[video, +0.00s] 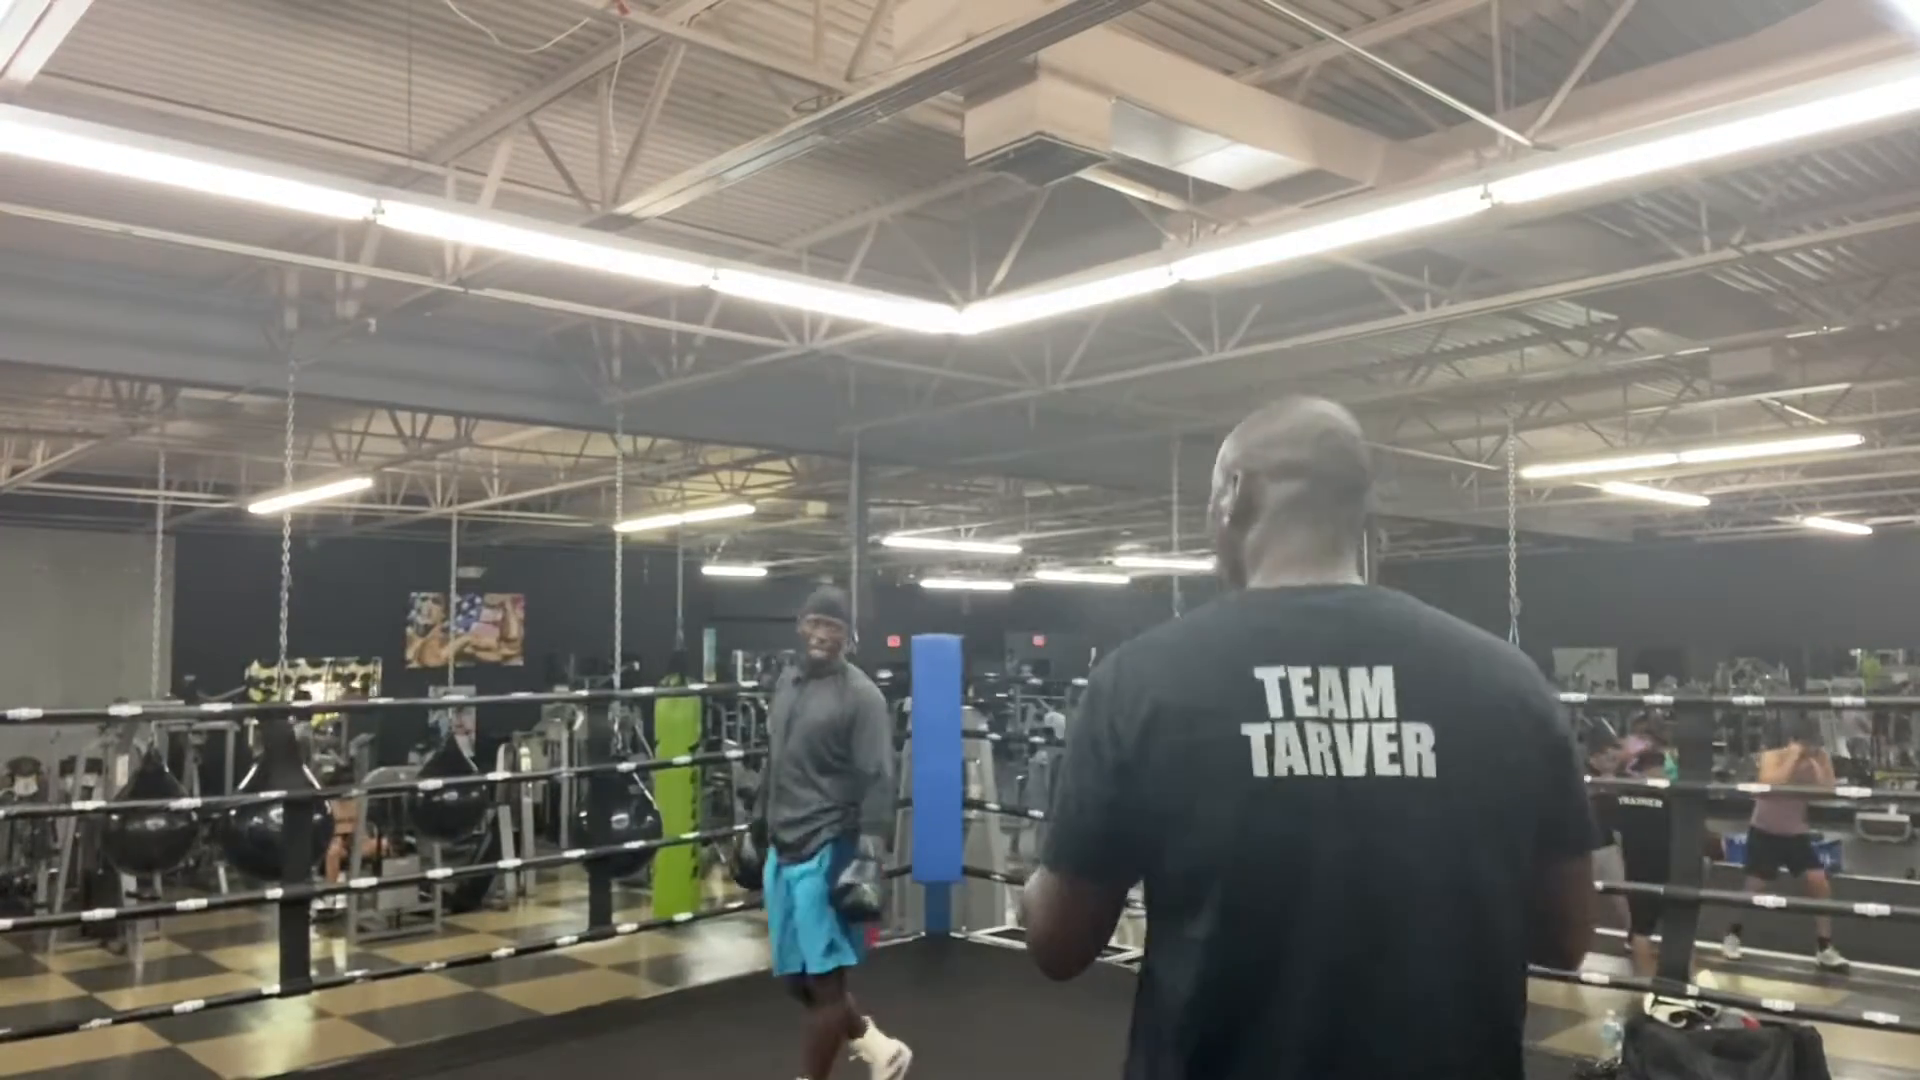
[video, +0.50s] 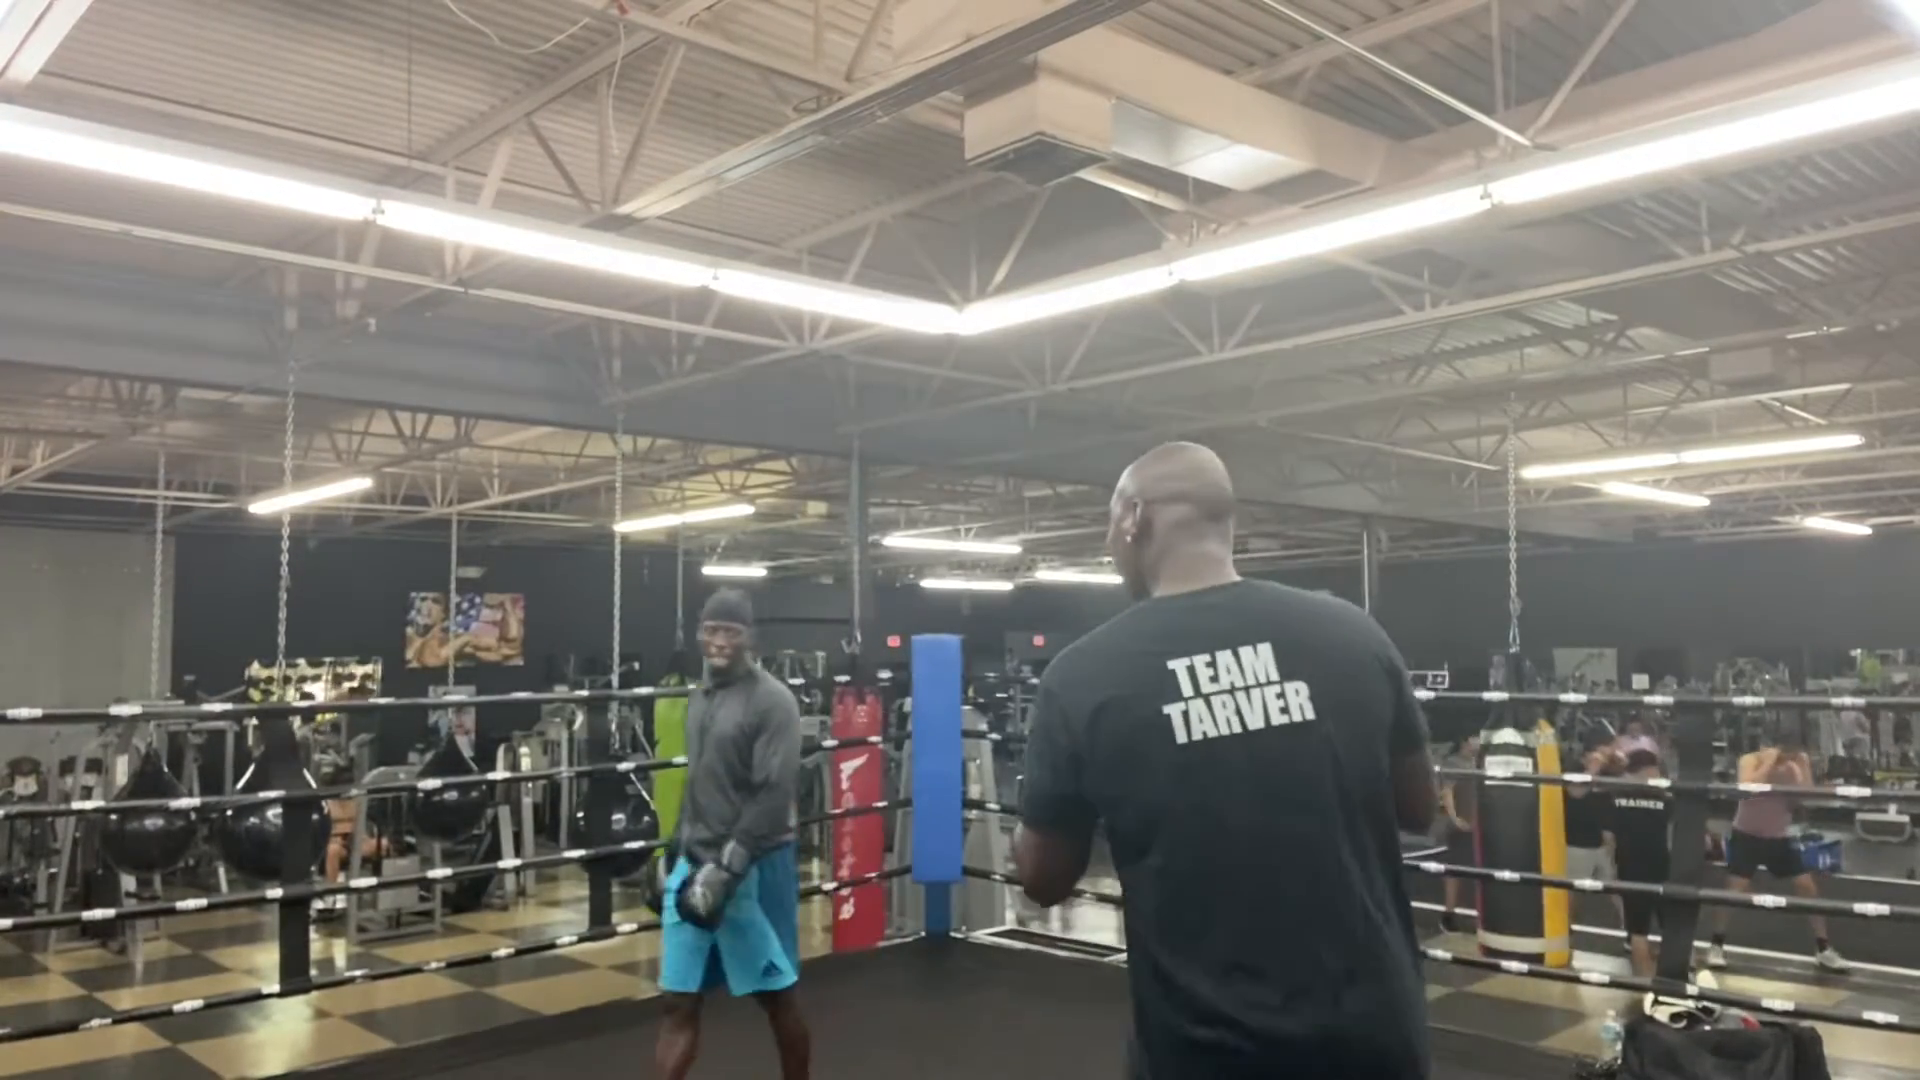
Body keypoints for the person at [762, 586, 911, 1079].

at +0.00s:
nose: (822, 634)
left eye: (833, 627)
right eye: (814, 624)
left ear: (847, 636)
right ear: (799, 628)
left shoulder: (862, 695)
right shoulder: (788, 685)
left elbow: (879, 780)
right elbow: (775, 764)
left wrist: (870, 859)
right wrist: (758, 833)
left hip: (831, 848)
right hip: (783, 847)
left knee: (825, 980)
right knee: (797, 977)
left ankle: (813, 1074)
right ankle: (881, 1050)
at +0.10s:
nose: (800, 637)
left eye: (811, 629)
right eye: (792, 627)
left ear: (828, 637)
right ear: (779, 631)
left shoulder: (843, 698)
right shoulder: (770, 687)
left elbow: (847, 790)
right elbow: (758, 768)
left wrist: (813, 866)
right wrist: (734, 832)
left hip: (813, 855)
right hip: (759, 854)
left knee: (819, 985)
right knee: (749, 979)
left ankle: (814, 1073)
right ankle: (833, 1044)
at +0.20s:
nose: (783, 634)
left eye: (794, 627)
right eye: (775, 624)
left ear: (810, 633)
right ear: (761, 627)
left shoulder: (827, 693)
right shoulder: (757, 687)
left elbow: (825, 787)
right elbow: (747, 771)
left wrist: (776, 854)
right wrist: (717, 835)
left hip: (805, 851)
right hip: (747, 846)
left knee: (810, 984)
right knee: (716, 972)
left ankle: (807, 1077)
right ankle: (771, 1065)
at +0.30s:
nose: (762, 635)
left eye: (773, 628)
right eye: (754, 625)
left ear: (790, 635)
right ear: (741, 629)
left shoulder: (810, 696)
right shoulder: (737, 691)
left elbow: (806, 794)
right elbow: (730, 777)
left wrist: (748, 853)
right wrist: (706, 836)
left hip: (790, 853)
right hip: (731, 848)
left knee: (803, 986)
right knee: (704, 981)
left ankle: (807, 1076)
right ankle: (697, 1075)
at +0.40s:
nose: (737, 641)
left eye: (748, 632)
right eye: (729, 631)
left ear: (766, 638)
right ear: (717, 635)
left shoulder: (789, 701)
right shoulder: (716, 696)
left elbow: (788, 796)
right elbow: (713, 784)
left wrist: (731, 858)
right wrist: (692, 846)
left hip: (775, 860)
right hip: (716, 856)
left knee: (792, 994)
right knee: (693, 997)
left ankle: (804, 1075)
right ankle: (667, 1074)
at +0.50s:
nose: (719, 641)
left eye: (730, 633)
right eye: (711, 631)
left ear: (749, 638)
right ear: (699, 637)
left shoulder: (774, 700)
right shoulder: (701, 698)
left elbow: (774, 799)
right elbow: (696, 786)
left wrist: (725, 868)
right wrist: (675, 857)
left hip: (758, 864)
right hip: (696, 862)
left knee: (777, 998)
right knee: (678, 1002)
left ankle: (797, 1073)